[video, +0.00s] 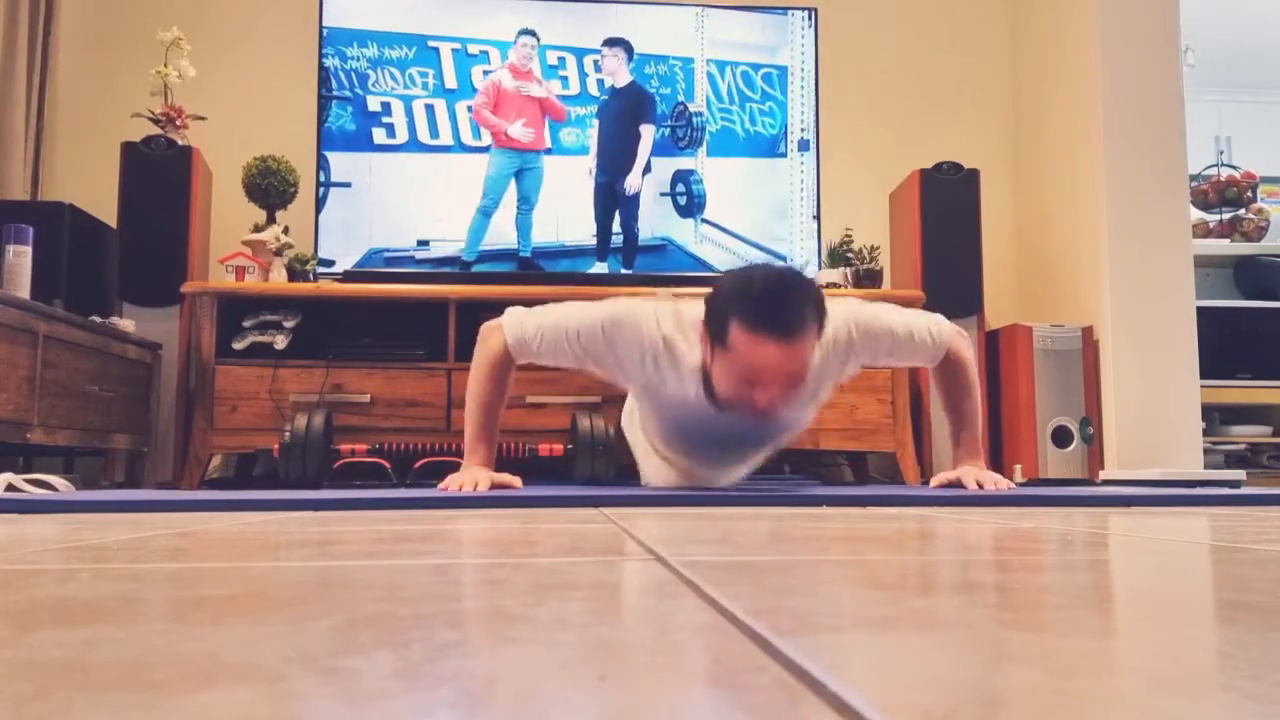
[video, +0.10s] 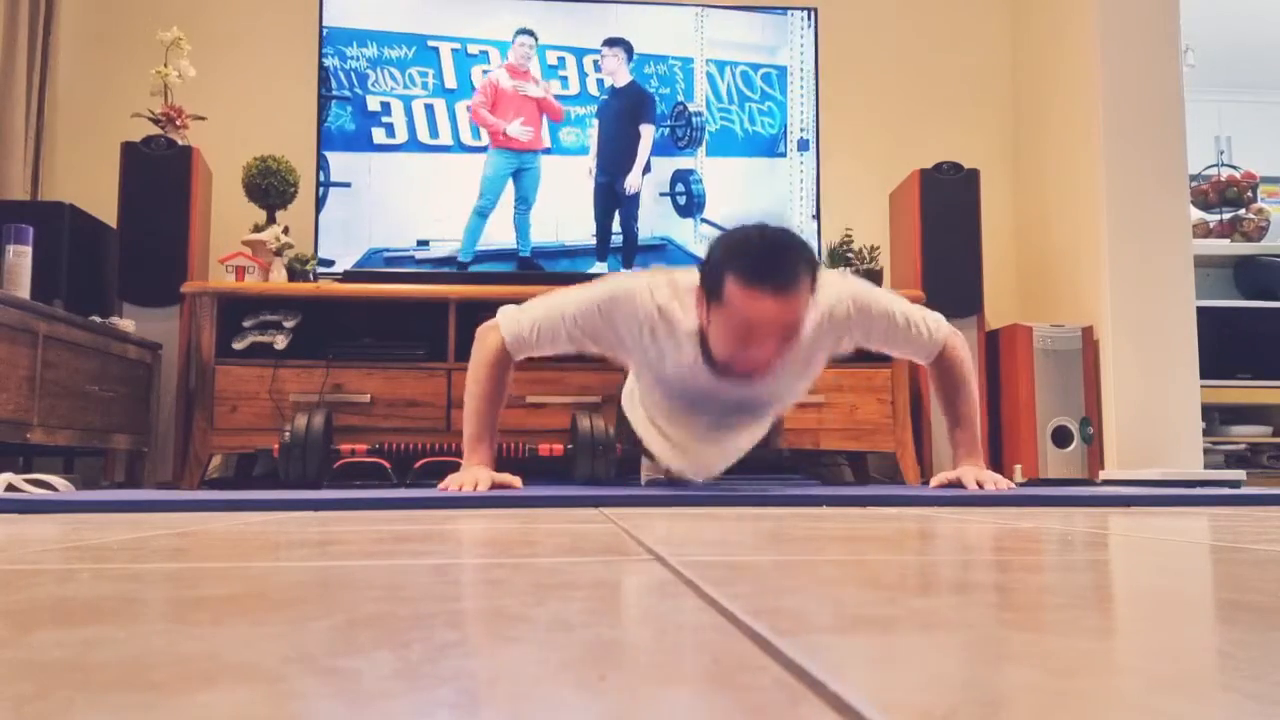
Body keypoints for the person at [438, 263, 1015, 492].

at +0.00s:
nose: (770, 397)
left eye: (787, 380)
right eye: (751, 379)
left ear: (815, 349)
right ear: (709, 348)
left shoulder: (842, 332)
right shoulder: (642, 335)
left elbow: (950, 344)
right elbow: (497, 338)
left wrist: (971, 458)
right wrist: (473, 460)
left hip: (740, 478)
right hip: (640, 466)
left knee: (721, 580)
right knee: (627, 577)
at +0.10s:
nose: (759, 353)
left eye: (778, 334)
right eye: (745, 331)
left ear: (805, 309)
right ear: (705, 303)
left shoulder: (838, 306)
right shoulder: (635, 304)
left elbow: (946, 345)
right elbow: (495, 337)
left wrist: (969, 460)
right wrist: (475, 462)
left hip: (749, 450)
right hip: (647, 449)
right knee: (636, 567)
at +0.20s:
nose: (748, 226)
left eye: (766, 208)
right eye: (732, 203)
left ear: (788, 199)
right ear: (694, 189)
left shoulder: (826, 240)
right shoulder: (625, 234)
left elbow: (913, 338)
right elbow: (523, 335)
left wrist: (965, 458)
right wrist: (480, 461)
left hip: (742, 386)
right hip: (648, 380)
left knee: (710, 425)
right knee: (649, 421)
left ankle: (683, 450)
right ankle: (652, 454)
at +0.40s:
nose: (752, 181)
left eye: (771, 158)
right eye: (733, 159)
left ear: (789, 145)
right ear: (693, 140)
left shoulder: (815, 189)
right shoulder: (638, 191)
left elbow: (851, 334)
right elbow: (575, 333)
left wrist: (848, 460)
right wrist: (595, 462)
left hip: (743, 346)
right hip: (649, 346)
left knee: (701, 410)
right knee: (650, 408)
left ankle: (682, 436)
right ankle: (656, 441)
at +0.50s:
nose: (752, 320)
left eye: (772, 301)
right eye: (735, 300)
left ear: (795, 281)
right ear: (696, 279)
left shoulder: (827, 284)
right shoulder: (630, 283)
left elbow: (899, 363)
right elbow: (538, 360)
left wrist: (858, 464)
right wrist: (586, 461)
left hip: (739, 419)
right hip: (640, 413)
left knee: (705, 435)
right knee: (644, 435)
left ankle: (680, 450)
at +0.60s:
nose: (755, 437)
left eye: (777, 419)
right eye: (738, 420)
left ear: (804, 382)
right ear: (696, 382)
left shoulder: (830, 352)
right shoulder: (640, 356)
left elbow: (912, 373)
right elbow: (537, 365)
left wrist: (857, 463)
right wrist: (587, 464)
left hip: (748, 483)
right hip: (650, 481)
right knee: (653, 587)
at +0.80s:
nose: (758, 327)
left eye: (776, 308)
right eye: (741, 306)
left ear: (799, 289)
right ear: (698, 281)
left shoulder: (828, 297)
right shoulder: (631, 292)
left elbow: (908, 370)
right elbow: (535, 362)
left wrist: (856, 463)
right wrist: (588, 462)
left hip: (747, 444)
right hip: (634, 442)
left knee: (740, 571)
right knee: (626, 567)